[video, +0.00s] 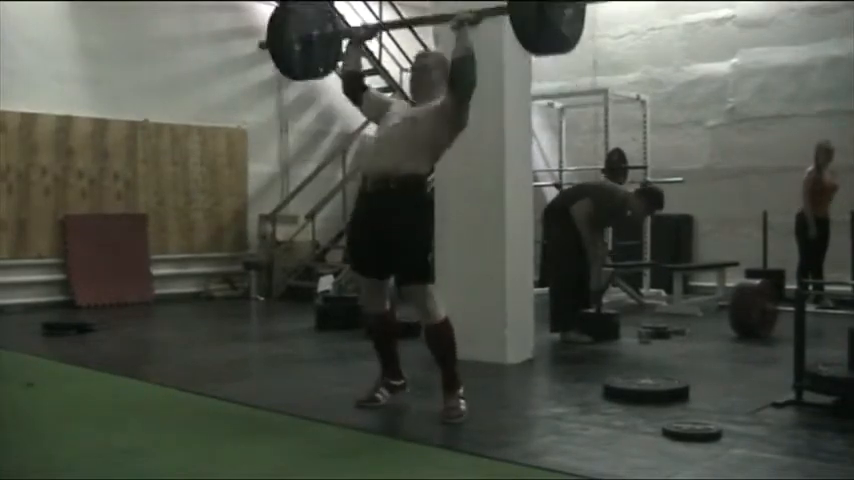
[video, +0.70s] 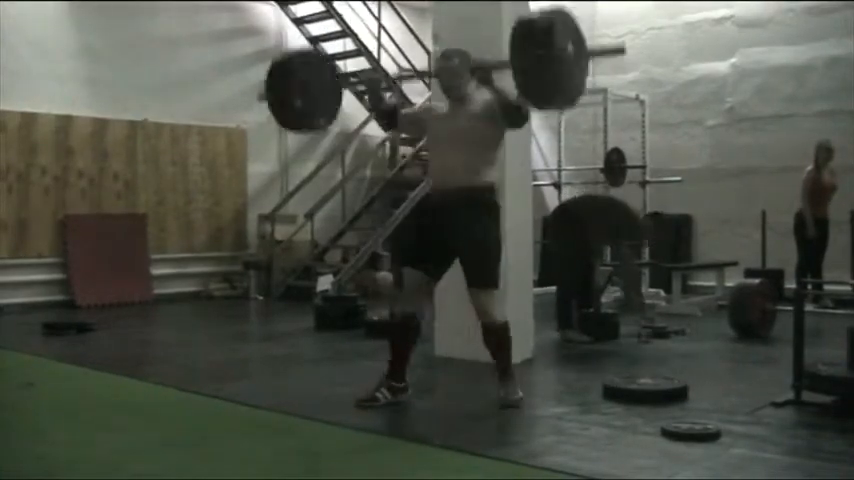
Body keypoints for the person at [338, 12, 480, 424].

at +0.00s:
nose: (417, 70)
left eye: (426, 66)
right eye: (414, 66)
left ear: (444, 77)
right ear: (410, 76)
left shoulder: (446, 115)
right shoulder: (391, 109)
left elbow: (464, 81)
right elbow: (354, 88)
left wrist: (463, 32)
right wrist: (356, 45)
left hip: (411, 202)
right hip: (372, 201)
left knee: (422, 298)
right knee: (373, 297)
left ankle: (453, 391)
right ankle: (392, 381)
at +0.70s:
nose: (447, 83)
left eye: (453, 76)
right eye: (442, 77)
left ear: (469, 75)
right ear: (436, 79)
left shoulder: (488, 105)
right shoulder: (433, 112)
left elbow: (519, 118)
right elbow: (391, 122)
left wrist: (491, 84)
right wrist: (375, 96)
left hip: (476, 204)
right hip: (435, 204)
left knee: (483, 297)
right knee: (410, 290)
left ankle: (507, 382)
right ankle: (395, 381)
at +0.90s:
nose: (457, 82)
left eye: (462, 75)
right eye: (452, 77)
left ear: (479, 72)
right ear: (448, 80)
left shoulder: (506, 112)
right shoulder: (442, 119)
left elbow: (535, 158)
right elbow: (422, 161)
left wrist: (533, 196)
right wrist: (406, 179)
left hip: (496, 206)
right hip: (456, 208)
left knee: (502, 295)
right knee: (432, 286)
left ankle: (510, 379)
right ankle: (441, 370)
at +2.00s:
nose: (372, 155)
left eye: (372, 147)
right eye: (367, 149)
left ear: (388, 135)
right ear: (372, 144)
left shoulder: (449, 148)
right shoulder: (396, 172)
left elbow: (484, 202)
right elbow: (387, 229)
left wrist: (491, 255)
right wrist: (380, 278)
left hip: (479, 216)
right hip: (443, 221)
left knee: (472, 299)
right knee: (420, 293)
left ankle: (491, 392)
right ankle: (416, 384)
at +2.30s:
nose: (365, 233)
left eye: (368, 226)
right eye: (361, 228)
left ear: (381, 213)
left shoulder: (434, 232)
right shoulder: (381, 229)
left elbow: (460, 304)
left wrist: (469, 343)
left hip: (482, 252)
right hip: (437, 255)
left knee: (440, 308)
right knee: (392, 302)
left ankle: (468, 395)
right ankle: (416, 385)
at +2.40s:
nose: (363, 250)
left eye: (364, 243)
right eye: (358, 245)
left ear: (382, 228)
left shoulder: (432, 244)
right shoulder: (373, 245)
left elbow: (461, 314)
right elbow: (371, 301)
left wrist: (471, 362)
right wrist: (371, 351)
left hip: (481, 258)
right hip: (435, 261)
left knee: (436, 313)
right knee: (389, 307)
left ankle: (467, 395)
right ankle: (416, 386)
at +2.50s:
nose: (364, 247)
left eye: (366, 240)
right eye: (358, 242)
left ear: (379, 223)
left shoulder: (425, 232)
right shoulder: (371, 241)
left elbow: (460, 295)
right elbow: (371, 299)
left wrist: (470, 356)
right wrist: (372, 352)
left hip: (478, 252)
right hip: (432, 257)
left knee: (436, 311)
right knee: (390, 307)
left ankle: (465, 394)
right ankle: (416, 385)